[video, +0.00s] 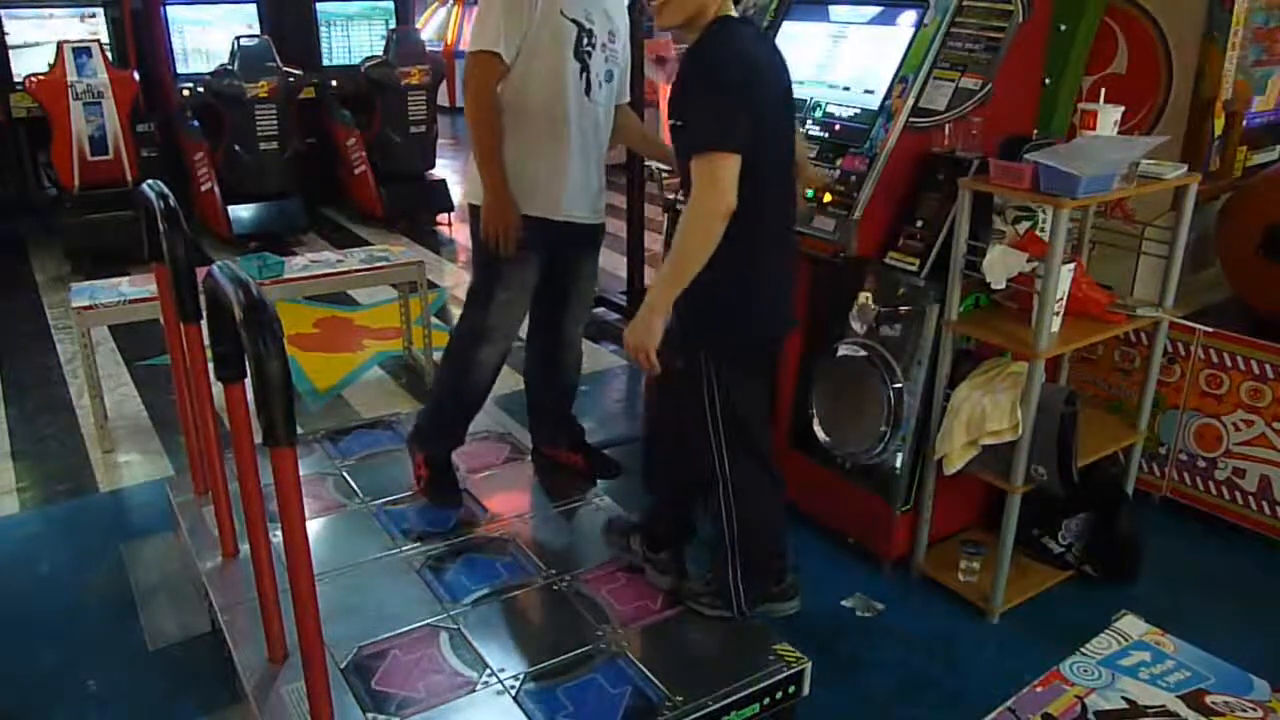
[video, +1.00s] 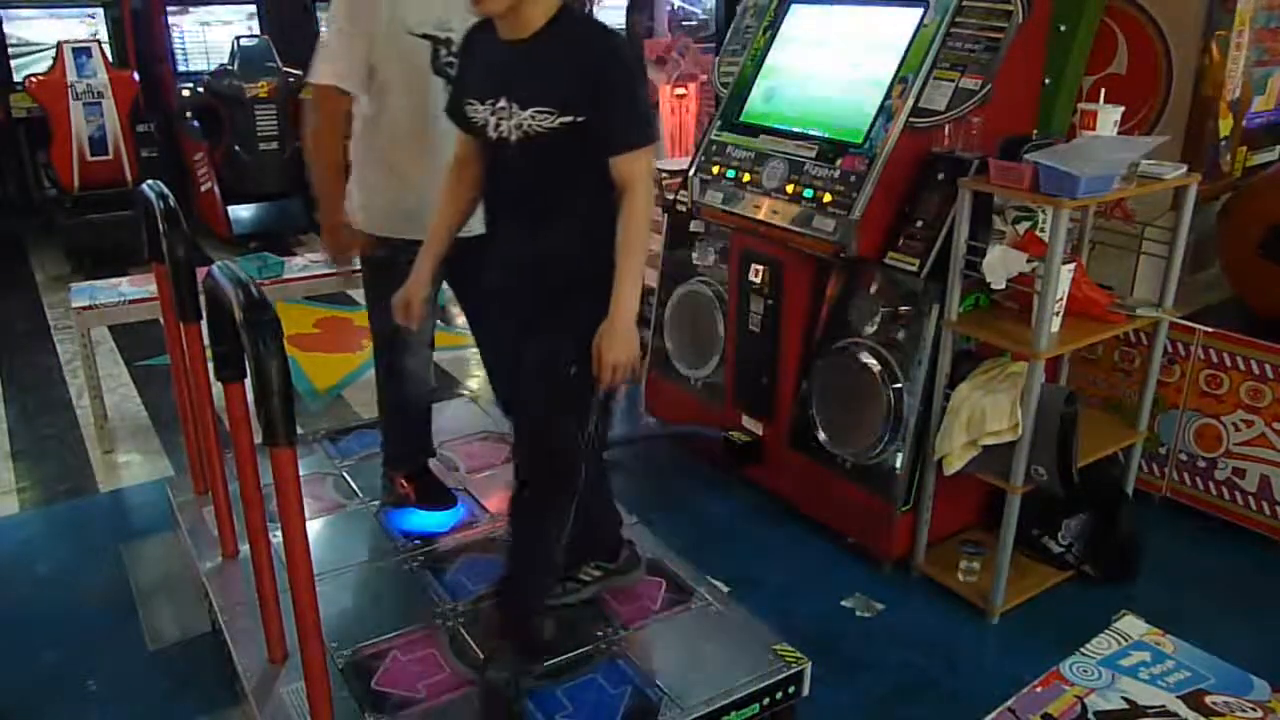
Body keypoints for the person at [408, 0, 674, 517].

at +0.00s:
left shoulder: (617, 11)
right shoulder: (519, 1)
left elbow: (612, 110)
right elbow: (478, 83)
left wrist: (673, 157)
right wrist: (495, 190)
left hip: (582, 203)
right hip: (517, 198)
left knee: (562, 337)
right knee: (489, 334)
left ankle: (557, 440)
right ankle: (432, 447)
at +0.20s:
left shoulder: (615, 12)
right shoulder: (513, 1)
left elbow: (611, 109)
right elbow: (469, 77)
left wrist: (669, 157)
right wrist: (486, 190)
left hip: (579, 206)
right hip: (509, 200)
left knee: (561, 343)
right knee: (479, 342)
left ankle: (558, 449)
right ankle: (437, 454)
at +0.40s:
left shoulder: (609, 17)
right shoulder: (500, 1)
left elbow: (604, 116)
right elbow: (453, 77)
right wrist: (465, 189)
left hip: (569, 207)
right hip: (496, 202)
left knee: (557, 343)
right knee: (472, 344)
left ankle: (556, 450)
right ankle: (442, 463)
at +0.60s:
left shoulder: (568, 13)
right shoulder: (469, 4)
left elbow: (572, 107)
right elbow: (425, 87)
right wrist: (434, 192)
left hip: (545, 207)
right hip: (474, 206)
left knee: (543, 343)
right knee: (450, 347)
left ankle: (555, 447)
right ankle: (423, 460)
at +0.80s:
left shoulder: (543, 11)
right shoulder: (421, 5)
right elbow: (383, 96)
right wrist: (398, 210)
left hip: (527, 218)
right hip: (442, 219)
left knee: (544, 358)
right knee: (427, 361)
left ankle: (559, 470)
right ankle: (407, 467)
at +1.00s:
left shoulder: (497, 8)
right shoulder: (366, 6)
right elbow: (327, 99)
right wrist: (332, 214)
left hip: (483, 207)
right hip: (394, 214)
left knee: (517, 350)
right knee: (406, 355)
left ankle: (548, 466)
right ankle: (408, 469)